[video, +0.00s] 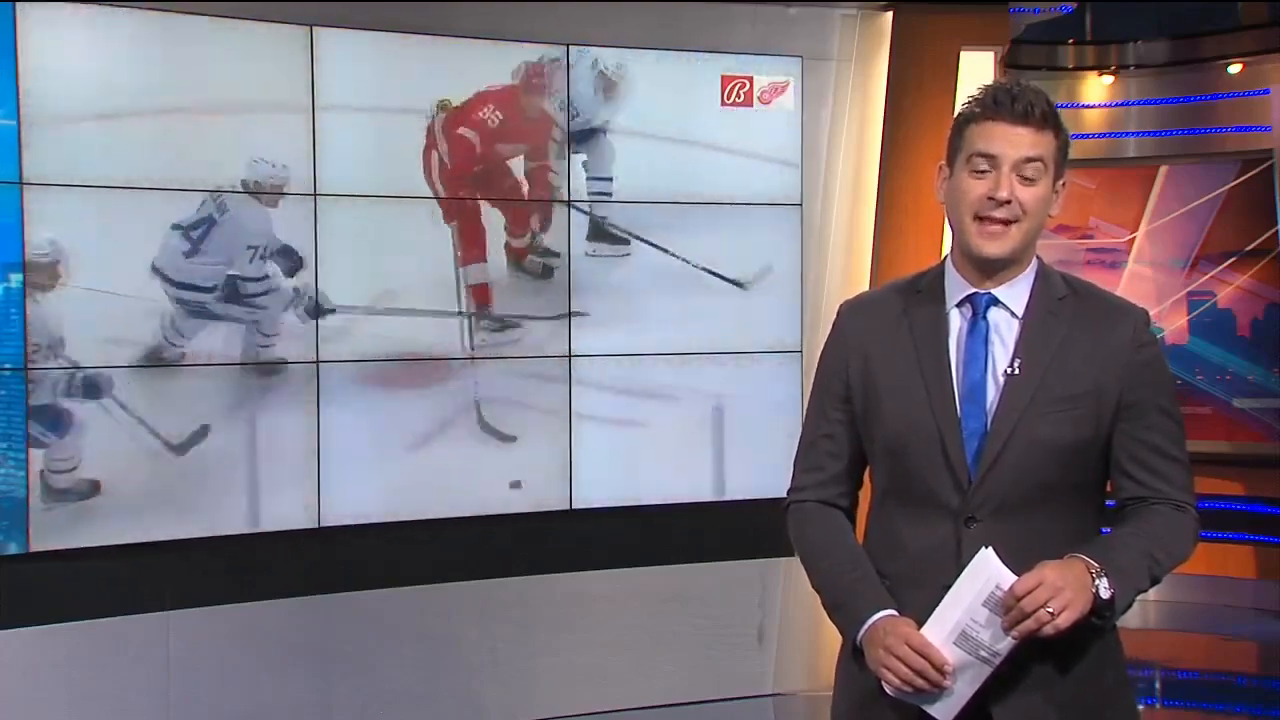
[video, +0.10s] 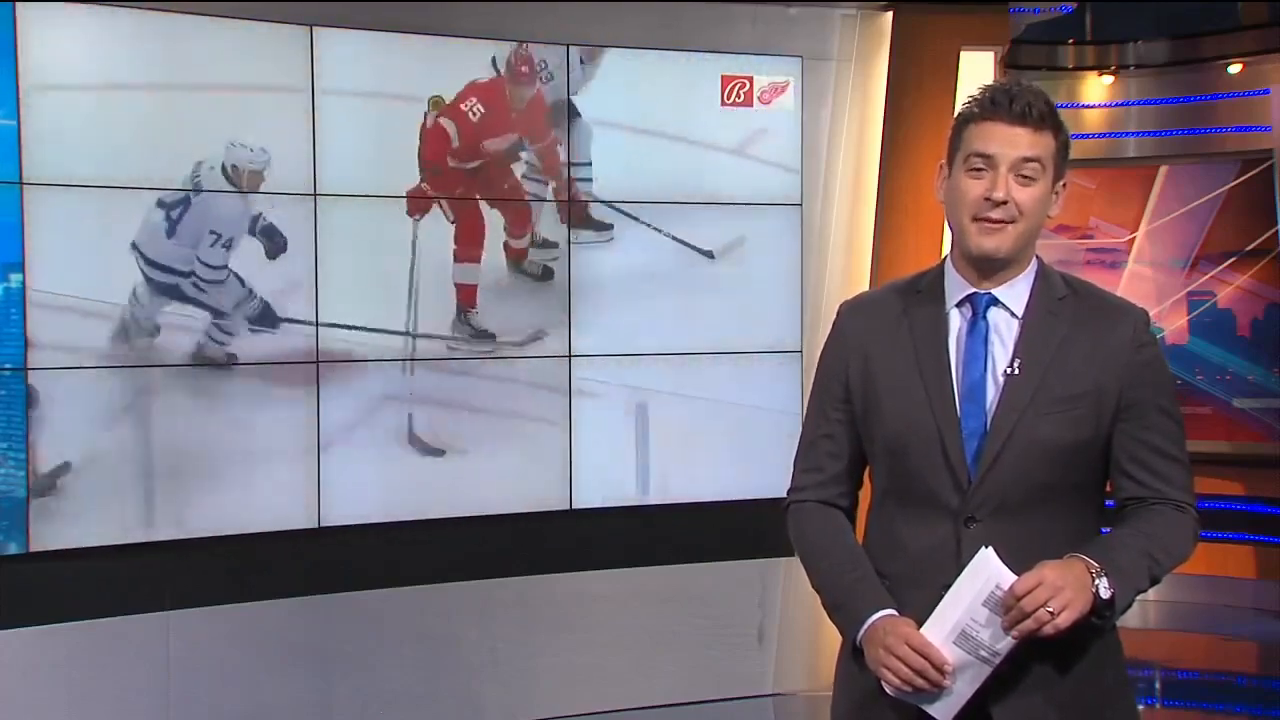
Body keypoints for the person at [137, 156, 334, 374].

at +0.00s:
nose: (280, 193)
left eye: (281, 187)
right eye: (276, 187)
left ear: (251, 184)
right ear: (259, 186)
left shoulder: (227, 197)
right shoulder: (256, 221)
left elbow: (242, 238)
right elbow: (251, 286)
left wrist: (277, 251)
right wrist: (295, 300)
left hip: (166, 278)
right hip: (198, 295)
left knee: (199, 311)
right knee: (273, 301)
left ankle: (164, 350)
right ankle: (258, 356)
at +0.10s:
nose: (262, 180)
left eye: (262, 174)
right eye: (257, 174)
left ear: (232, 169)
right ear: (237, 173)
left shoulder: (210, 170)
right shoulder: (230, 207)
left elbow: (233, 209)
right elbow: (209, 274)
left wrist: (262, 228)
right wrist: (252, 305)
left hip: (143, 252)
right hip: (173, 275)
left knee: (163, 283)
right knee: (238, 304)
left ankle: (133, 328)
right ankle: (210, 351)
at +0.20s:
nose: (269, 164)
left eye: (269, 157)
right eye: (264, 158)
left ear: (240, 153)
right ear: (244, 156)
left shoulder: (217, 151)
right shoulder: (238, 197)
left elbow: (246, 183)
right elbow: (215, 257)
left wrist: (278, 200)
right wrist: (249, 285)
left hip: (149, 223)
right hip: (169, 251)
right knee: (223, 288)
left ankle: (173, 303)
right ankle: (195, 331)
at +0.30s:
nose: (290, 129)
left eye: (290, 121)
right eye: (285, 122)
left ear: (263, 118)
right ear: (266, 122)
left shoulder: (247, 116)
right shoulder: (259, 160)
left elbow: (273, 144)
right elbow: (236, 220)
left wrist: (301, 158)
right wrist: (274, 248)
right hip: (188, 206)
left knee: (273, 226)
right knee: (223, 253)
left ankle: (268, 280)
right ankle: (193, 291)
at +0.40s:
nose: (324, 72)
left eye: (324, 65)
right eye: (319, 66)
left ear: (297, 63)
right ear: (298, 66)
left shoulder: (289, 66)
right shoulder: (291, 105)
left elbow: (318, 85)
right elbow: (273, 161)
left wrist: (340, 97)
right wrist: (310, 188)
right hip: (237, 150)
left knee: (314, 173)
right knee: (261, 198)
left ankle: (314, 235)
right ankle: (217, 217)